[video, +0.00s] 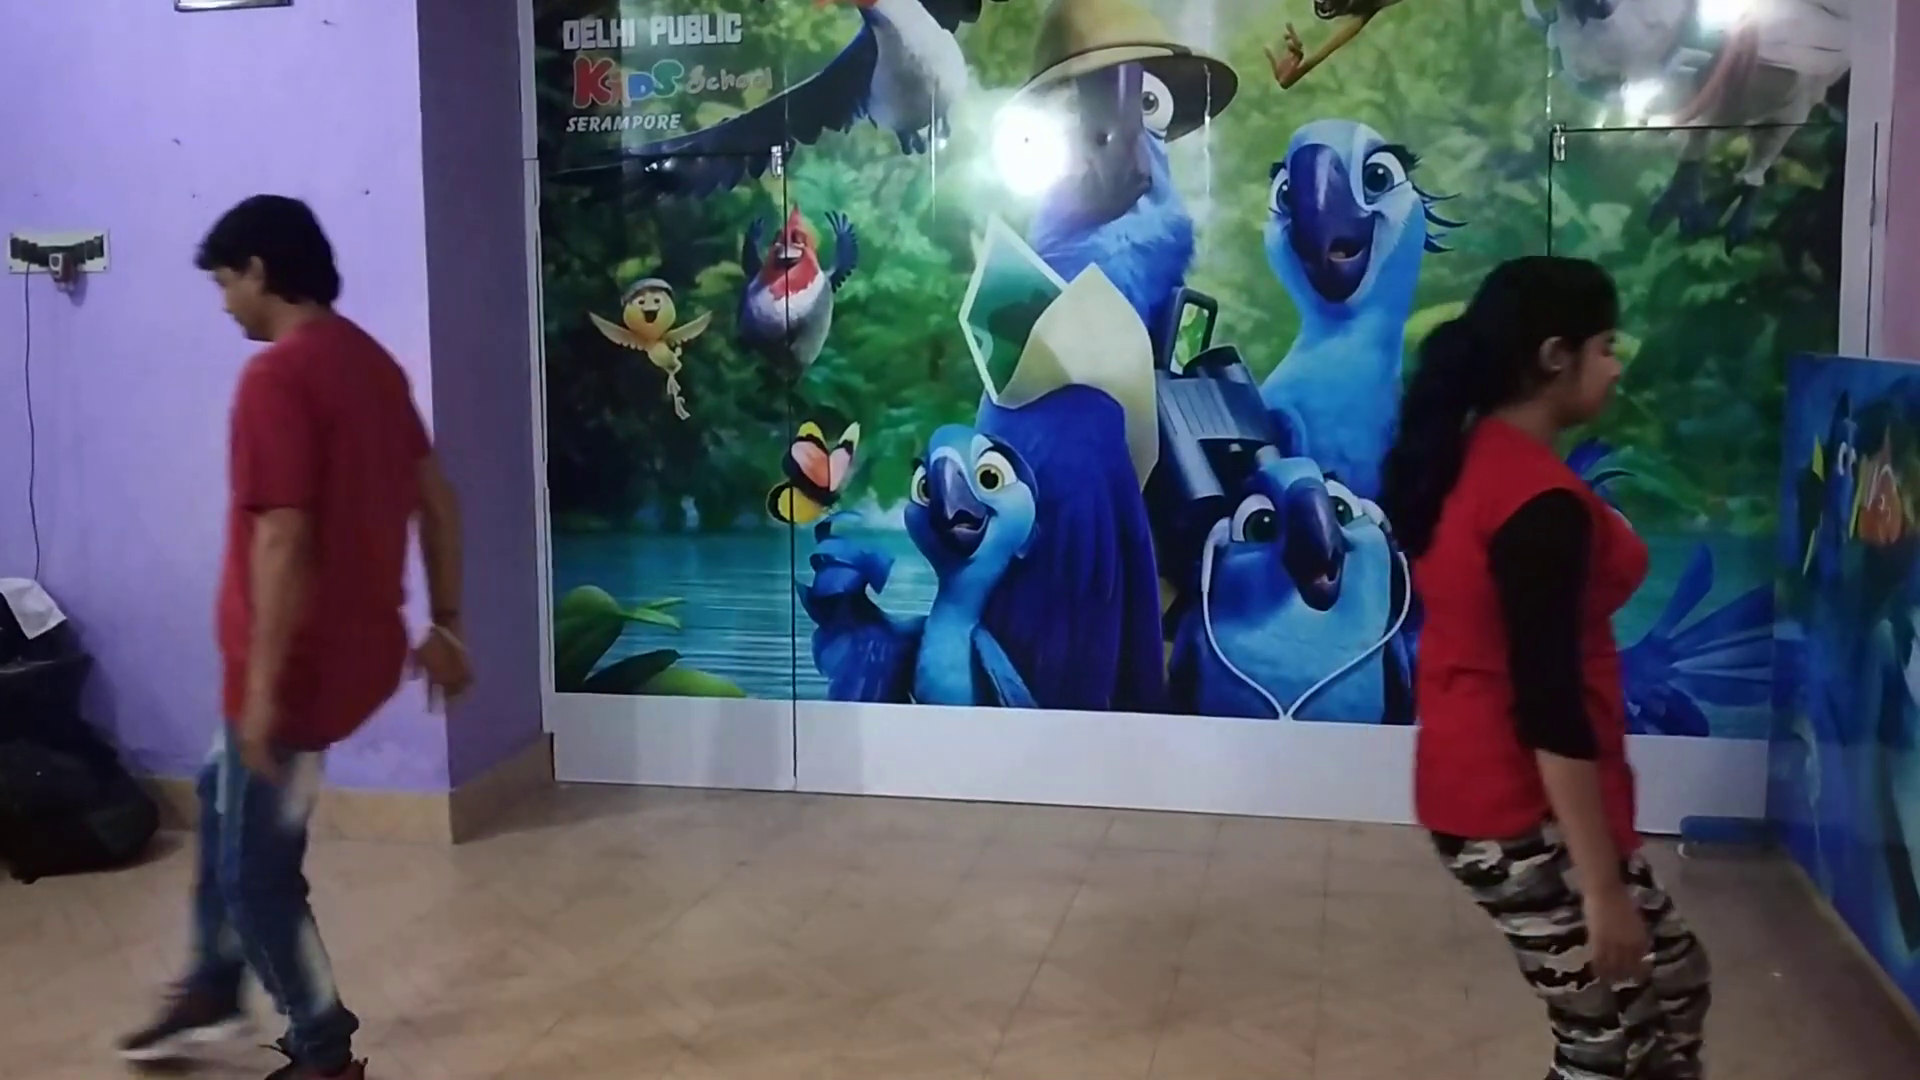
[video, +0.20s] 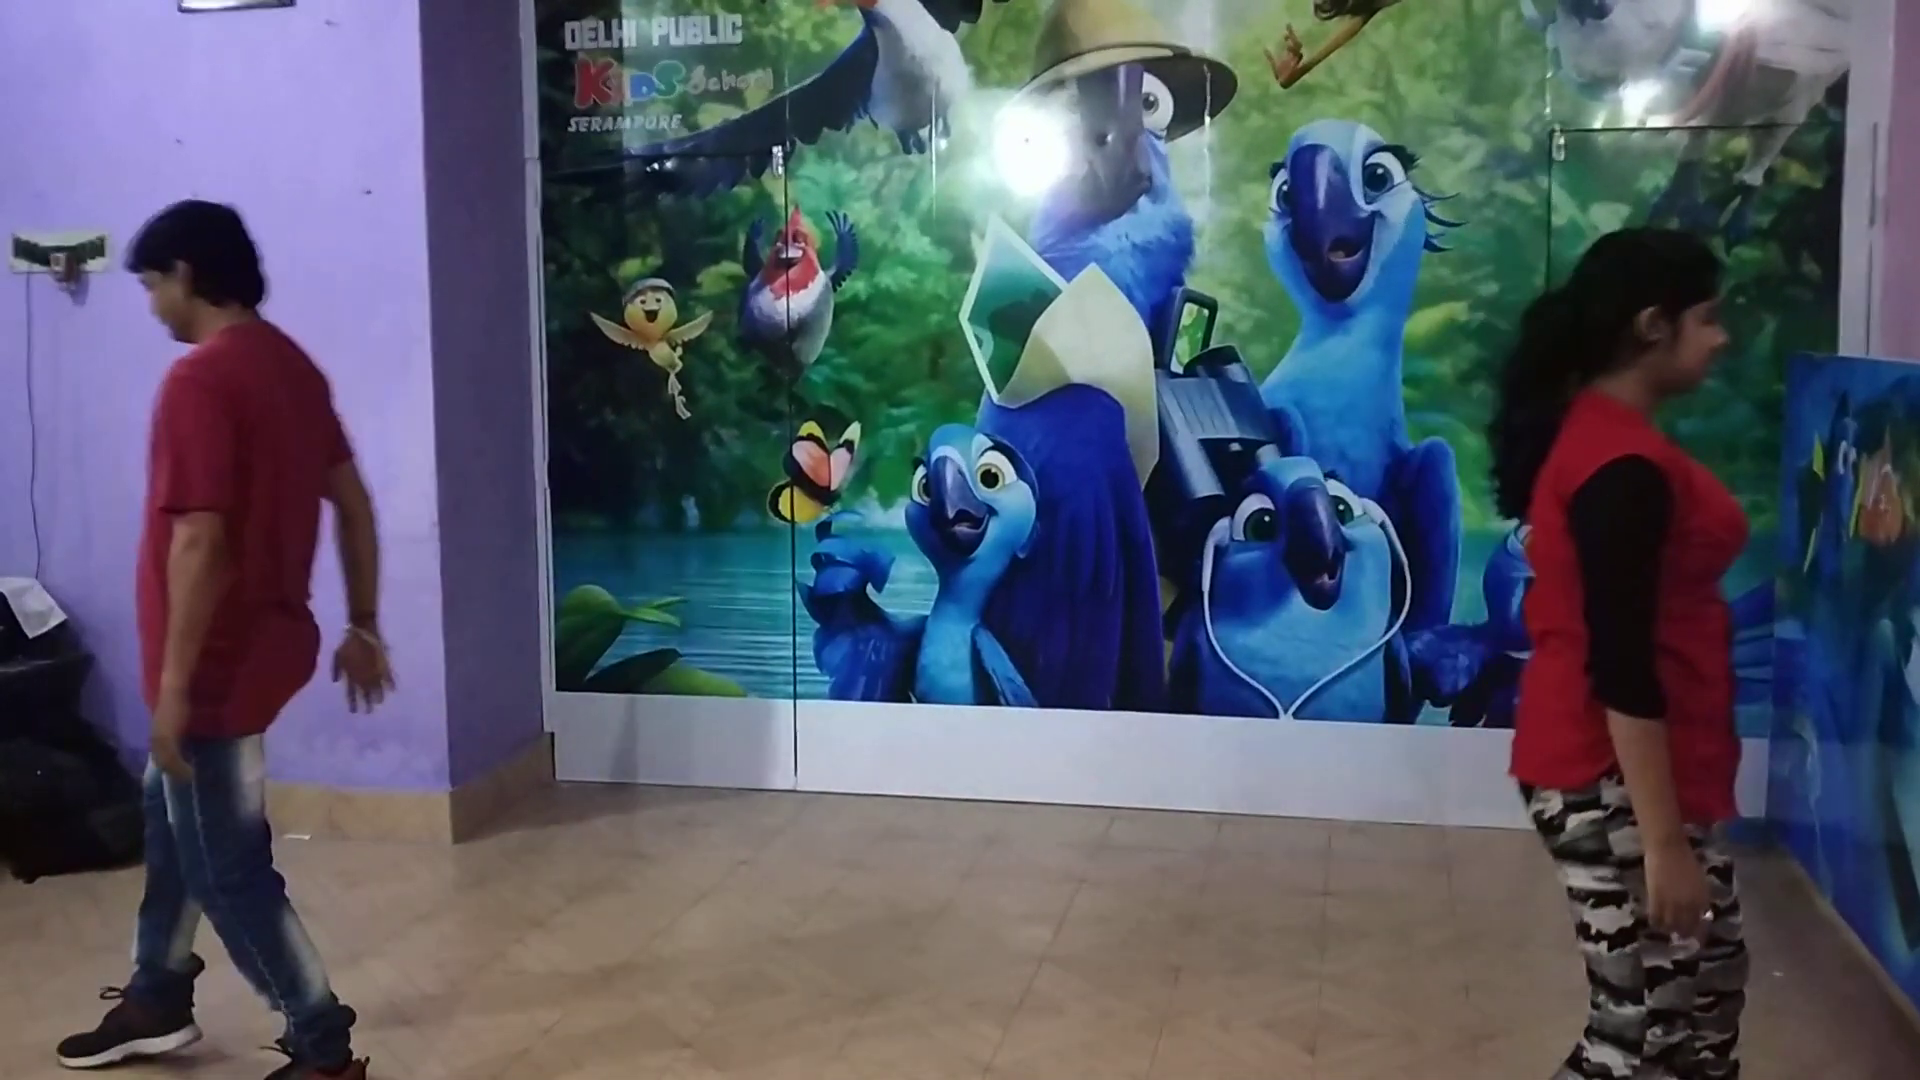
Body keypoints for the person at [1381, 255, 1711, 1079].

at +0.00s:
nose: (1617, 369)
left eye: (1615, 350)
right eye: (1609, 349)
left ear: (1538, 357)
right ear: (1554, 357)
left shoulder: (1469, 460)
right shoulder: (1540, 500)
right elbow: (1552, 711)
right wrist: (1605, 890)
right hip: (1522, 819)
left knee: (1673, 979)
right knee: (1606, 1039)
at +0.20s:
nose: (1722, 338)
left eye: (1719, 317)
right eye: (1708, 317)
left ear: (1647, 328)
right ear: (1651, 325)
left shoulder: (1602, 435)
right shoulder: (1621, 459)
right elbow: (1622, 669)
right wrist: (1663, 842)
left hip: (1639, 767)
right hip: (1613, 778)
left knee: (1708, 998)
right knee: (1647, 1032)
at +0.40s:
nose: (1795, 312)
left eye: (1792, 293)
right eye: (1781, 294)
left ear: (1715, 305)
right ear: (1718, 304)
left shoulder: (1698, 412)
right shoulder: (1681, 433)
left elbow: (1694, 609)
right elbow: (1663, 633)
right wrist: (1682, 806)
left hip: (1705, 747)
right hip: (1661, 752)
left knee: (1709, 993)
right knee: (1642, 997)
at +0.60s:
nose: (1819, 316)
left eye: (1819, 297)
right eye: (1807, 297)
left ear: (1744, 304)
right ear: (1744, 301)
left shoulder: (1721, 413)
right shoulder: (1700, 430)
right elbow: (1671, 627)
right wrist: (1688, 798)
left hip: (1735, 752)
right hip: (1674, 756)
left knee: (1730, 989)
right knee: (1617, 985)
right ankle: (1516, 1074)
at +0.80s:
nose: (1822, 330)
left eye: (1823, 309)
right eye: (1810, 307)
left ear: (1748, 310)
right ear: (1749, 307)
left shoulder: (1714, 417)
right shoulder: (1690, 429)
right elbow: (1656, 605)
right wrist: (1673, 758)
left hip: (1737, 756)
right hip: (1676, 757)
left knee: (1737, 985)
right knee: (1607, 983)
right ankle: (1506, 1072)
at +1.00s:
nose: (1823, 350)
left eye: (1826, 330)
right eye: (1814, 327)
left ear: (1750, 326)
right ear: (1753, 322)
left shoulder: (1722, 434)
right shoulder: (1687, 441)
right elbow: (1636, 571)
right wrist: (1640, 629)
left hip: (1729, 768)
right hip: (1665, 764)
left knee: (1779, 970)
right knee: (1599, 996)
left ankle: (1744, 1074)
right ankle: (1496, 1072)